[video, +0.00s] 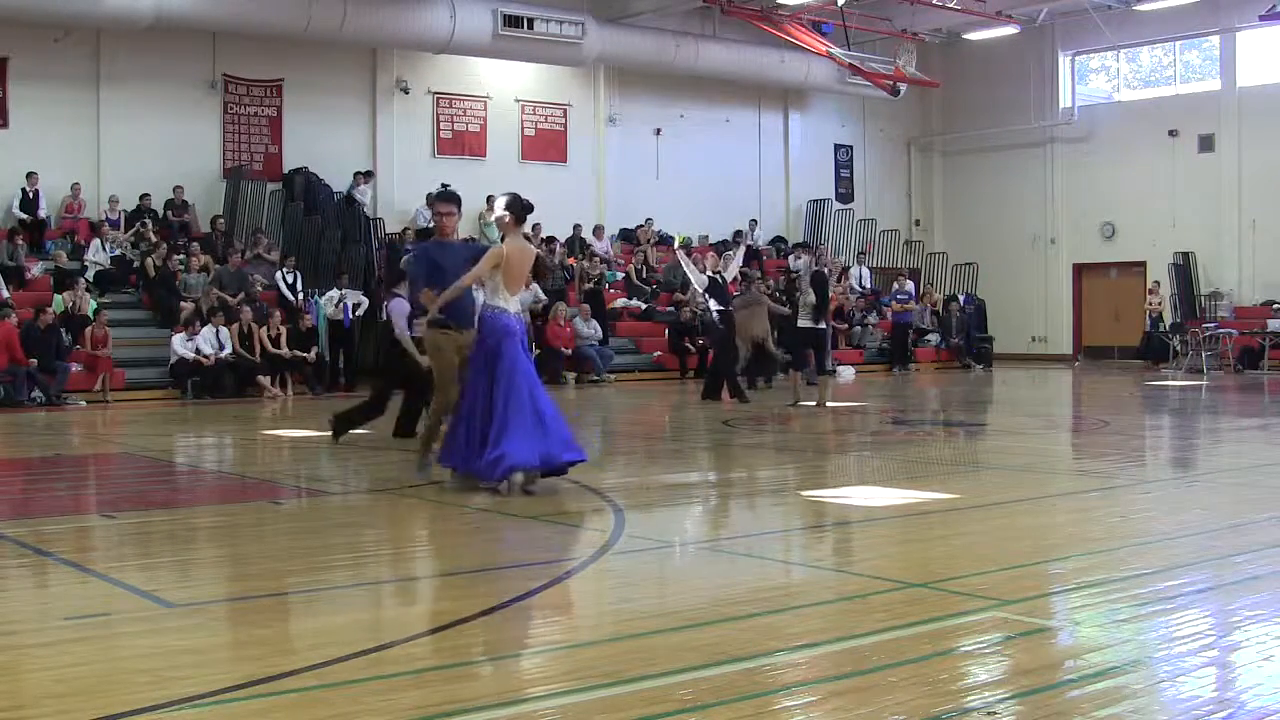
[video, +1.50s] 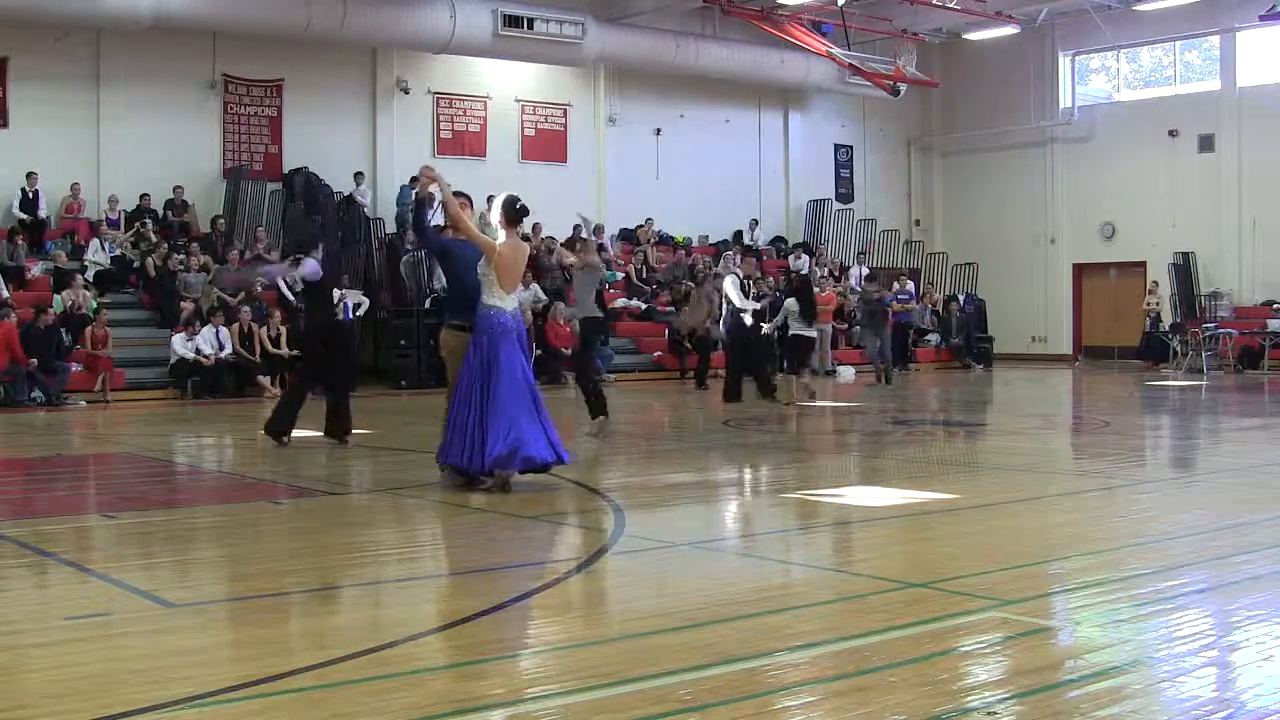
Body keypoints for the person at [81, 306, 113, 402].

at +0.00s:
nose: (106, 318)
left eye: (106, 315)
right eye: (104, 315)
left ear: (106, 317)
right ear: (97, 317)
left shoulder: (108, 331)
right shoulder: (89, 330)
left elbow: (109, 349)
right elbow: (88, 350)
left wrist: (103, 352)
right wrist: (99, 353)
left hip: (103, 355)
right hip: (92, 356)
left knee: (104, 359)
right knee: (107, 363)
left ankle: (98, 382)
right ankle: (107, 393)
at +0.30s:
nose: (106, 317)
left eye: (106, 315)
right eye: (104, 315)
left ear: (106, 317)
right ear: (97, 316)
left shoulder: (108, 331)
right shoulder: (89, 330)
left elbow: (109, 349)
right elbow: (89, 350)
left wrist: (99, 352)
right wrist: (101, 353)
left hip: (103, 355)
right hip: (92, 356)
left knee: (105, 361)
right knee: (107, 364)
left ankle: (99, 382)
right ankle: (107, 393)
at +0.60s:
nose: (106, 317)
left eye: (106, 315)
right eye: (104, 315)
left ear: (106, 317)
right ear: (97, 316)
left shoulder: (107, 331)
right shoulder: (89, 330)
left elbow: (109, 349)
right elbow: (88, 350)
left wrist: (100, 352)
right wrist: (100, 353)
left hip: (103, 355)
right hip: (92, 356)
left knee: (105, 361)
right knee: (107, 364)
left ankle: (99, 382)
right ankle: (107, 393)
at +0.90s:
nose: (106, 317)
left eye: (106, 314)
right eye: (104, 314)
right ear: (97, 316)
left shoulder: (107, 331)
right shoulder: (89, 330)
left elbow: (109, 349)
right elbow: (88, 350)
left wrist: (103, 351)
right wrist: (99, 353)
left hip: (103, 355)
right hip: (92, 356)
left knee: (104, 361)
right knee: (106, 365)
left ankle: (99, 382)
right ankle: (107, 393)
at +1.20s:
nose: (106, 317)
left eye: (106, 314)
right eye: (104, 314)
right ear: (97, 316)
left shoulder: (108, 331)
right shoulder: (89, 330)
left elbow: (109, 349)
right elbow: (88, 350)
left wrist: (103, 351)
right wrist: (99, 353)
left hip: (103, 355)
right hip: (92, 356)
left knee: (104, 361)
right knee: (107, 365)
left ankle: (99, 382)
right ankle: (107, 393)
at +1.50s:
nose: (106, 317)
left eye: (106, 314)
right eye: (104, 315)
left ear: (105, 316)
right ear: (97, 316)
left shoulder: (107, 330)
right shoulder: (89, 330)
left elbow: (109, 349)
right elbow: (89, 350)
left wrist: (103, 352)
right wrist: (100, 353)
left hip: (103, 355)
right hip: (92, 356)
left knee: (104, 360)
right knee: (106, 365)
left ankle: (99, 382)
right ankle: (107, 393)